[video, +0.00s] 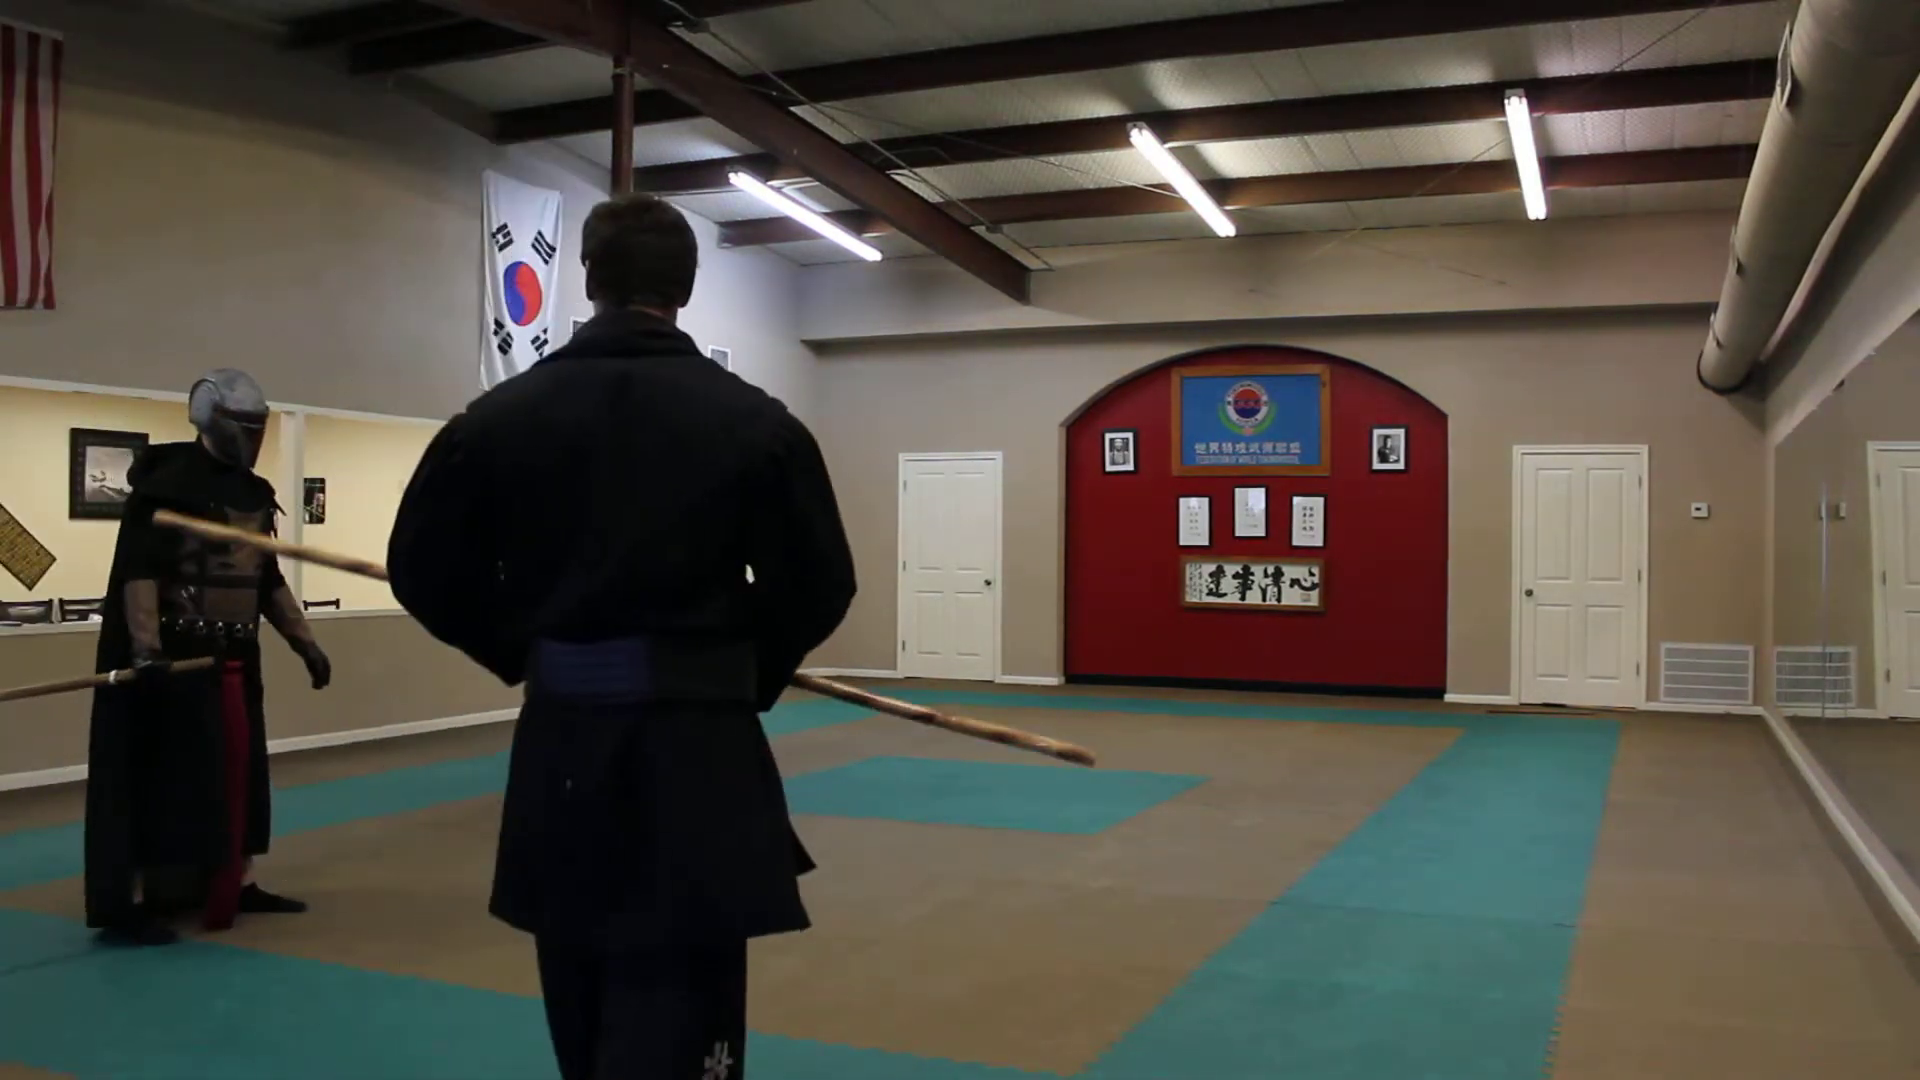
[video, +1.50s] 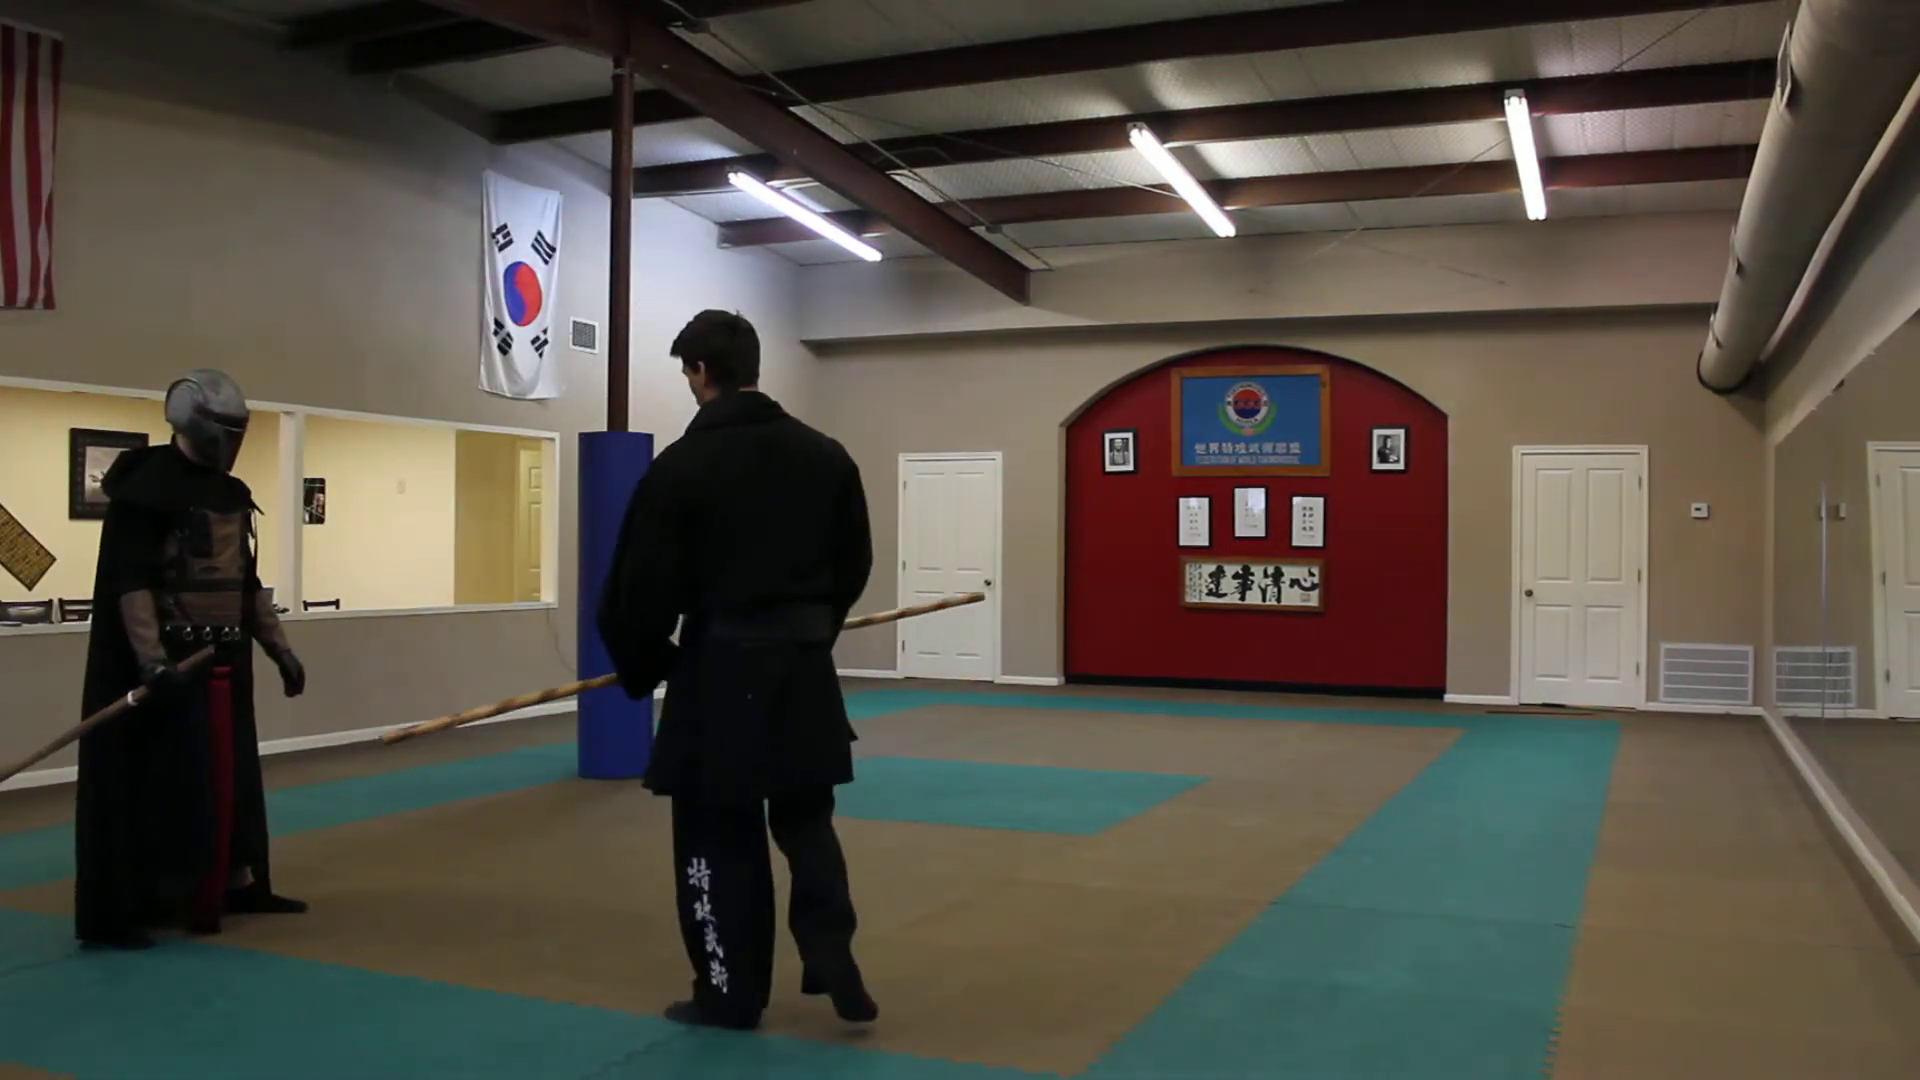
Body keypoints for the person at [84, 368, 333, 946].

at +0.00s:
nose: (253, 436)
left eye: (258, 425)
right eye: (241, 424)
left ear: (262, 425)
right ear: (207, 421)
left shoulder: (255, 495)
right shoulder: (168, 476)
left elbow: (267, 579)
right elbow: (139, 566)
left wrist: (306, 643)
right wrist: (147, 649)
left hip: (230, 659)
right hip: (165, 656)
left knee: (237, 768)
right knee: (149, 774)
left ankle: (231, 887)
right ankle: (131, 905)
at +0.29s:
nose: (245, 439)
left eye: (249, 427)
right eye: (234, 427)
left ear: (250, 427)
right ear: (199, 422)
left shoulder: (245, 497)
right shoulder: (153, 478)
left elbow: (264, 581)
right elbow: (125, 571)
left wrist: (305, 645)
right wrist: (135, 653)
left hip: (229, 663)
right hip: (156, 662)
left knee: (233, 768)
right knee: (137, 779)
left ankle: (232, 885)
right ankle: (114, 909)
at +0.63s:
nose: (233, 440)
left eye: (237, 430)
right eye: (223, 429)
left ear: (236, 428)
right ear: (186, 425)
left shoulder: (231, 497)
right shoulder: (140, 482)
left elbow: (245, 586)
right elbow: (116, 577)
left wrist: (273, 659)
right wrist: (131, 653)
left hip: (219, 662)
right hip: (150, 660)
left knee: (230, 769)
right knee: (133, 776)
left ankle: (236, 885)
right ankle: (115, 902)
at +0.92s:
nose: (230, 440)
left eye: (234, 429)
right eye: (221, 428)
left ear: (231, 427)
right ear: (184, 424)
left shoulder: (227, 495)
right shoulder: (141, 483)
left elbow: (242, 586)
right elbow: (123, 579)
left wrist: (278, 651)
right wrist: (141, 658)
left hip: (217, 664)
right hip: (150, 662)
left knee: (230, 770)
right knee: (134, 777)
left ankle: (234, 884)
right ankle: (114, 902)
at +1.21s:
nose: (234, 439)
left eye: (237, 428)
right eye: (224, 428)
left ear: (232, 427)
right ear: (188, 424)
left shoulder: (229, 494)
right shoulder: (143, 482)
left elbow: (244, 586)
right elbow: (127, 579)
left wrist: (281, 649)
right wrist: (143, 658)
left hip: (218, 664)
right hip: (153, 664)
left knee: (230, 773)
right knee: (137, 782)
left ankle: (231, 887)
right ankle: (112, 908)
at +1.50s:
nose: (234, 439)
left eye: (238, 428)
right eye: (224, 427)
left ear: (238, 426)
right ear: (188, 424)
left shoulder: (231, 494)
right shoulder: (145, 480)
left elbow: (244, 584)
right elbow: (129, 578)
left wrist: (281, 649)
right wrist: (151, 658)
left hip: (219, 663)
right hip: (152, 662)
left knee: (229, 774)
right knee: (141, 782)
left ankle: (232, 888)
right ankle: (121, 911)